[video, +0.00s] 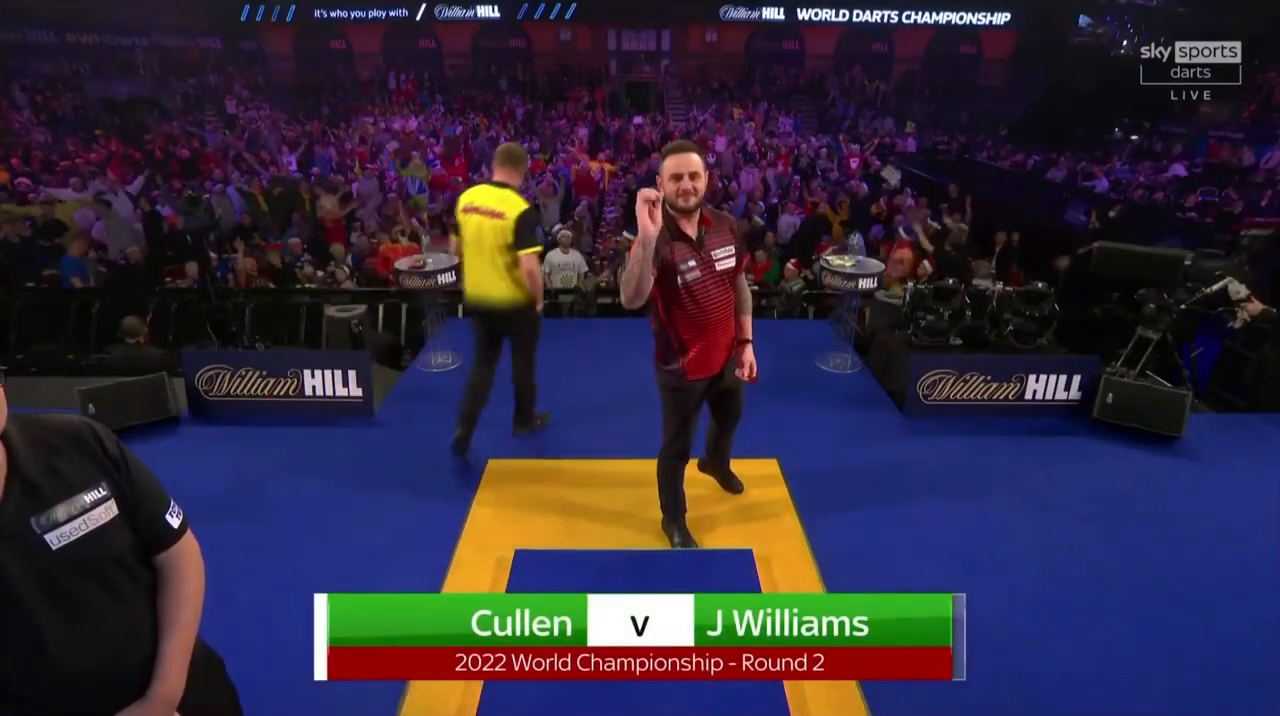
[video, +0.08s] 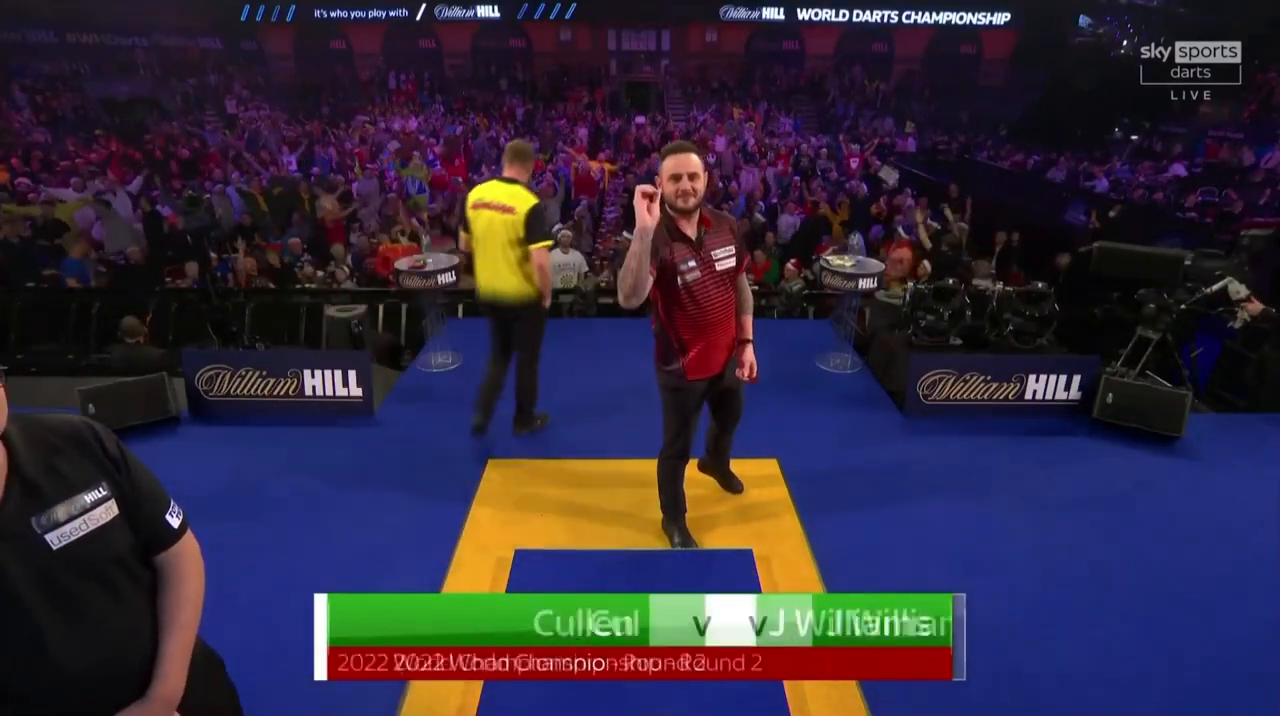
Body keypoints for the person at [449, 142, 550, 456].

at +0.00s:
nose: (522, 177)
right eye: (524, 172)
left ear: (494, 168)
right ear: (523, 172)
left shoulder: (466, 198)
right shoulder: (521, 210)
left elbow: (455, 245)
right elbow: (529, 263)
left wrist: (479, 257)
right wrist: (538, 298)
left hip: (477, 297)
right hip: (514, 300)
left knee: (482, 366)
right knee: (523, 362)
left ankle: (463, 430)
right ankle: (524, 418)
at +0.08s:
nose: (530, 173)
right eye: (531, 168)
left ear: (504, 163)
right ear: (530, 168)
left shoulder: (475, 194)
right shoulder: (530, 205)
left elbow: (465, 243)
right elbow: (540, 259)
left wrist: (491, 245)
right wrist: (546, 293)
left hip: (488, 289)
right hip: (522, 293)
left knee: (499, 354)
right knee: (527, 359)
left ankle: (481, 415)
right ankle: (524, 417)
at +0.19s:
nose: (543, 169)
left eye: (542, 164)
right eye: (544, 164)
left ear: (516, 159)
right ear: (542, 163)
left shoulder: (488, 189)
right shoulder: (541, 198)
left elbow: (477, 238)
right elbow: (552, 252)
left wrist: (505, 238)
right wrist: (557, 287)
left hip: (502, 283)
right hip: (534, 286)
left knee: (519, 348)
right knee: (530, 354)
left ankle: (516, 410)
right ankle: (524, 417)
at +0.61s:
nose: (585, 163)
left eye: (585, 157)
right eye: (584, 157)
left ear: (558, 154)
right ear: (574, 155)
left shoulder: (536, 180)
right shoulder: (570, 189)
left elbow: (529, 223)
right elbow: (574, 237)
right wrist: (586, 272)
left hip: (544, 268)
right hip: (567, 270)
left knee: (565, 319)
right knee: (582, 329)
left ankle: (566, 372)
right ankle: (544, 386)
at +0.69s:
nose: (594, 161)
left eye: (594, 155)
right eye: (593, 155)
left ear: (568, 152)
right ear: (582, 152)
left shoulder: (546, 178)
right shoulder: (573, 184)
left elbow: (543, 220)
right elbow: (575, 231)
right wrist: (589, 265)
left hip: (550, 263)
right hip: (571, 266)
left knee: (567, 316)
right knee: (596, 319)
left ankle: (567, 369)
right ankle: (561, 377)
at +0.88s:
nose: (615, 155)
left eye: (615, 149)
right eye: (611, 149)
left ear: (595, 150)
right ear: (595, 149)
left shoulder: (580, 173)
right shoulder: (588, 179)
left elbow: (587, 215)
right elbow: (578, 224)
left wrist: (611, 225)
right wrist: (591, 261)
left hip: (575, 262)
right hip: (588, 264)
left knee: (572, 322)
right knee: (612, 317)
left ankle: (568, 374)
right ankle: (615, 369)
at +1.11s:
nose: (634, 151)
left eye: (635, 146)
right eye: (628, 146)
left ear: (632, 148)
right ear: (611, 148)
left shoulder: (623, 177)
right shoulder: (604, 178)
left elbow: (622, 221)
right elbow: (587, 222)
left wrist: (650, 230)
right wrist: (602, 261)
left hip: (625, 260)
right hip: (612, 262)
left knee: (610, 316)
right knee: (622, 317)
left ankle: (580, 359)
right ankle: (626, 369)